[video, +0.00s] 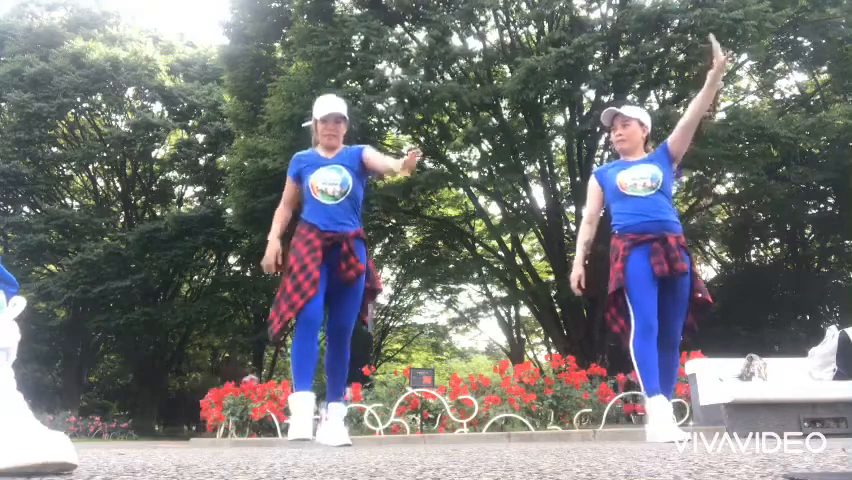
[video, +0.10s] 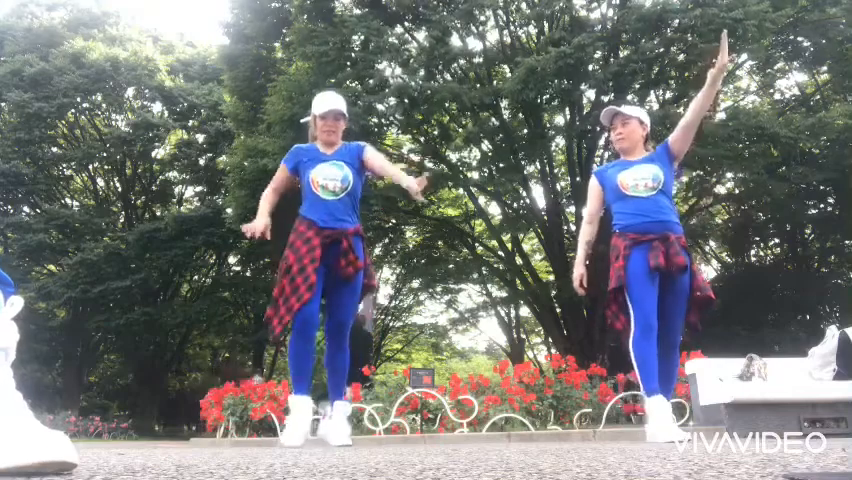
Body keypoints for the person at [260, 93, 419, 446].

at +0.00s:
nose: (332, 127)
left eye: (338, 121)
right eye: (325, 120)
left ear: (347, 126)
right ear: (313, 125)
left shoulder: (359, 154)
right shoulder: (301, 161)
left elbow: (386, 164)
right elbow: (287, 205)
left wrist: (403, 165)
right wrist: (273, 240)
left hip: (350, 249)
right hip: (310, 248)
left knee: (342, 330)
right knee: (309, 320)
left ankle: (334, 417)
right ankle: (301, 409)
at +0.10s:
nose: (331, 123)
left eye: (337, 117)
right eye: (324, 117)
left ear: (345, 121)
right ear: (313, 121)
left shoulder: (358, 151)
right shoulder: (300, 153)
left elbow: (386, 168)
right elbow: (274, 189)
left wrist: (407, 181)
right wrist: (262, 216)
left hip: (347, 246)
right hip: (308, 245)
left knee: (340, 328)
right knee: (304, 322)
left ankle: (337, 414)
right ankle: (299, 409)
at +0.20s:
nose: (329, 130)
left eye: (336, 123)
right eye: (323, 123)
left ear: (344, 127)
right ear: (311, 126)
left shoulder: (356, 158)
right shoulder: (296, 154)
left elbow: (385, 190)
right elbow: (261, 169)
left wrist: (413, 220)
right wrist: (250, 174)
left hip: (342, 250)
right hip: (302, 249)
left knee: (340, 328)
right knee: (302, 330)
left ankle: (335, 415)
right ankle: (296, 416)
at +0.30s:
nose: (325, 138)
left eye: (331, 132)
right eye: (319, 131)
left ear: (339, 135)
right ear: (307, 133)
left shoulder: (353, 170)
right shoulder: (294, 159)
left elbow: (376, 212)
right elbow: (258, 161)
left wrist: (393, 254)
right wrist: (252, 157)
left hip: (338, 253)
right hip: (298, 254)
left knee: (346, 316)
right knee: (298, 332)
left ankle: (341, 402)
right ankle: (296, 414)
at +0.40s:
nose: (326, 141)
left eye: (332, 135)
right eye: (320, 135)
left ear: (340, 139)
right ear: (308, 137)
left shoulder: (353, 175)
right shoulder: (295, 166)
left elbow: (362, 224)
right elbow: (277, 169)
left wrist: (365, 267)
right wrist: (274, 151)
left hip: (338, 253)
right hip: (297, 253)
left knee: (341, 307)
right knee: (294, 333)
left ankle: (347, 402)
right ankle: (296, 417)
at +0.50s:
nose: (327, 144)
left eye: (333, 138)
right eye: (321, 137)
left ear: (340, 143)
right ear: (308, 140)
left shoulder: (352, 180)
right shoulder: (296, 171)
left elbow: (357, 228)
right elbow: (284, 181)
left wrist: (355, 268)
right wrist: (288, 151)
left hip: (340, 253)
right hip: (299, 253)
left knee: (342, 310)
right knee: (293, 333)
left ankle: (353, 402)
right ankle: (295, 417)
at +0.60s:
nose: (328, 147)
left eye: (334, 141)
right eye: (322, 140)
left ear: (339, 146)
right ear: (307, 143)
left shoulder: (350, 183)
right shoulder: (287, 176)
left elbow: (353, 230)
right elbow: (300, 185)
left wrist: (347, 262)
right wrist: (304, 154)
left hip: (342, 254)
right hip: (302, 256)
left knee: (347, 313)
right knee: (298, 337)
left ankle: (353, 408)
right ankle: (295, 419)